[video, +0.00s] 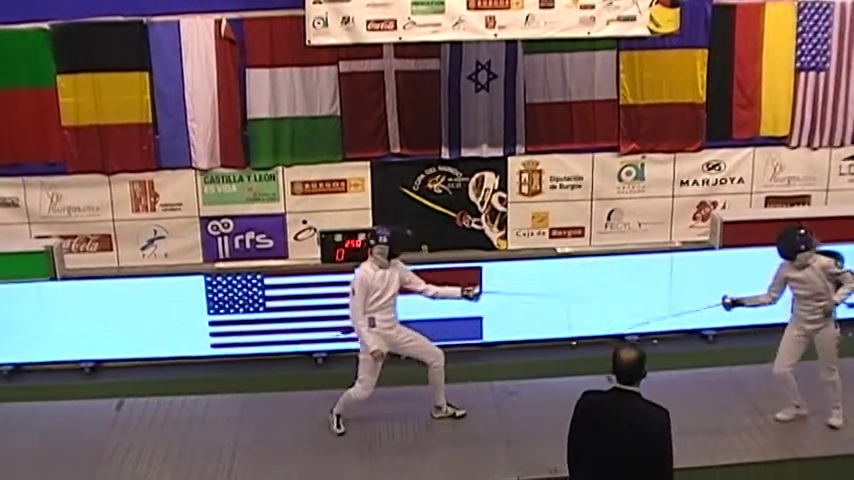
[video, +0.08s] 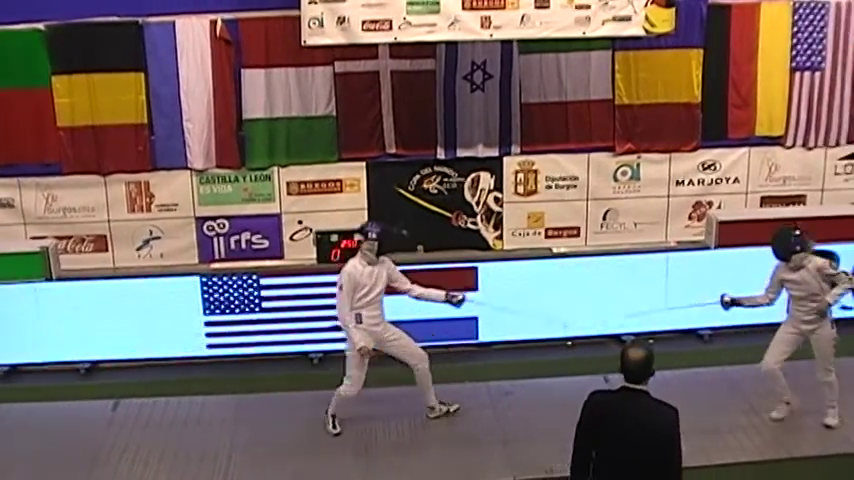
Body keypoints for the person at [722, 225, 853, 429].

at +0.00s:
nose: (792, 261)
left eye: (793, 256)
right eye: (789, 257)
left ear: (802, 251)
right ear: (788, 255)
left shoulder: (824, 265)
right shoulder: (785, 269)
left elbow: (849, 281)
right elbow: (770, 297)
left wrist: (835, 300)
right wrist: (738, 302)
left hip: (825, 326)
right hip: (798, 326)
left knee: (829, 374)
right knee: (781, 369)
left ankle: (836, 412)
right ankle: (797, 407)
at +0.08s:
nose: (794, 261)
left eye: (796, 256)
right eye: (792, 257)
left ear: (800, 252)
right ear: (786, 257)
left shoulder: (818, 265)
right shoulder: (781, 271)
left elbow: (845, 282)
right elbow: (768, 298)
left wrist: (827, 301)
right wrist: (736, 302)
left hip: (821, 326)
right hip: (793, 325)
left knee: (826, 374)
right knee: (769, 365)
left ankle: (832, 411)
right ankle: (785, 403)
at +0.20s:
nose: (788, 254)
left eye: (788, 249)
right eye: (783, 251)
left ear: (787, 248)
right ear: (773, 254)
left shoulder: (805, 261)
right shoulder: (769, 269)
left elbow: (834, 276)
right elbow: (756, 296)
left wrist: (817, 296)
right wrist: (725, 299)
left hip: (808, 322)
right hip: (781, 321)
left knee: (816, 367)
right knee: (751, 363)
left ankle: (824, 409)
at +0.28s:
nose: (770, 262)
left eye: (772, 257)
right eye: (767, 258)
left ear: (777, 252)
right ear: (760, 257)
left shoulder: (794, 264)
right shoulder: (757, 271)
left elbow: (822, 281)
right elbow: (741, 298)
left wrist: (806, 298)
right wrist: (709, 298)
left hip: (799, 324)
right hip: (772, 323)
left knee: (811, 367)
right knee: (740, 364)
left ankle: (821, 410)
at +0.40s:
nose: (746, 270)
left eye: (748, 264)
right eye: (743, 266)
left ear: (756, 259)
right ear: (738, 265)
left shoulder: (772, 271)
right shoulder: (735, 278)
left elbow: (803, 286)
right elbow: (713, 302)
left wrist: (783, 307)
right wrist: (680, 303)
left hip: (779, 330)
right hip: (751, 330)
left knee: (797, 370)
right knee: (717, 370)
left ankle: (815, 410)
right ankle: (698, 414)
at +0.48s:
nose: (730, 268)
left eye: (731, 263)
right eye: (727, 264)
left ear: (736, 259)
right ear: (723, 264)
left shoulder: (755, 271)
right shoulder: (719, 278)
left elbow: (784, 285)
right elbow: (697, 301)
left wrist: (767, 305)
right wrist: (664, 302)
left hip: (763, 330)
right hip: (735, 329)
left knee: (785, 373)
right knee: (703, 370)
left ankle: (810, 406)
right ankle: (693, 418)